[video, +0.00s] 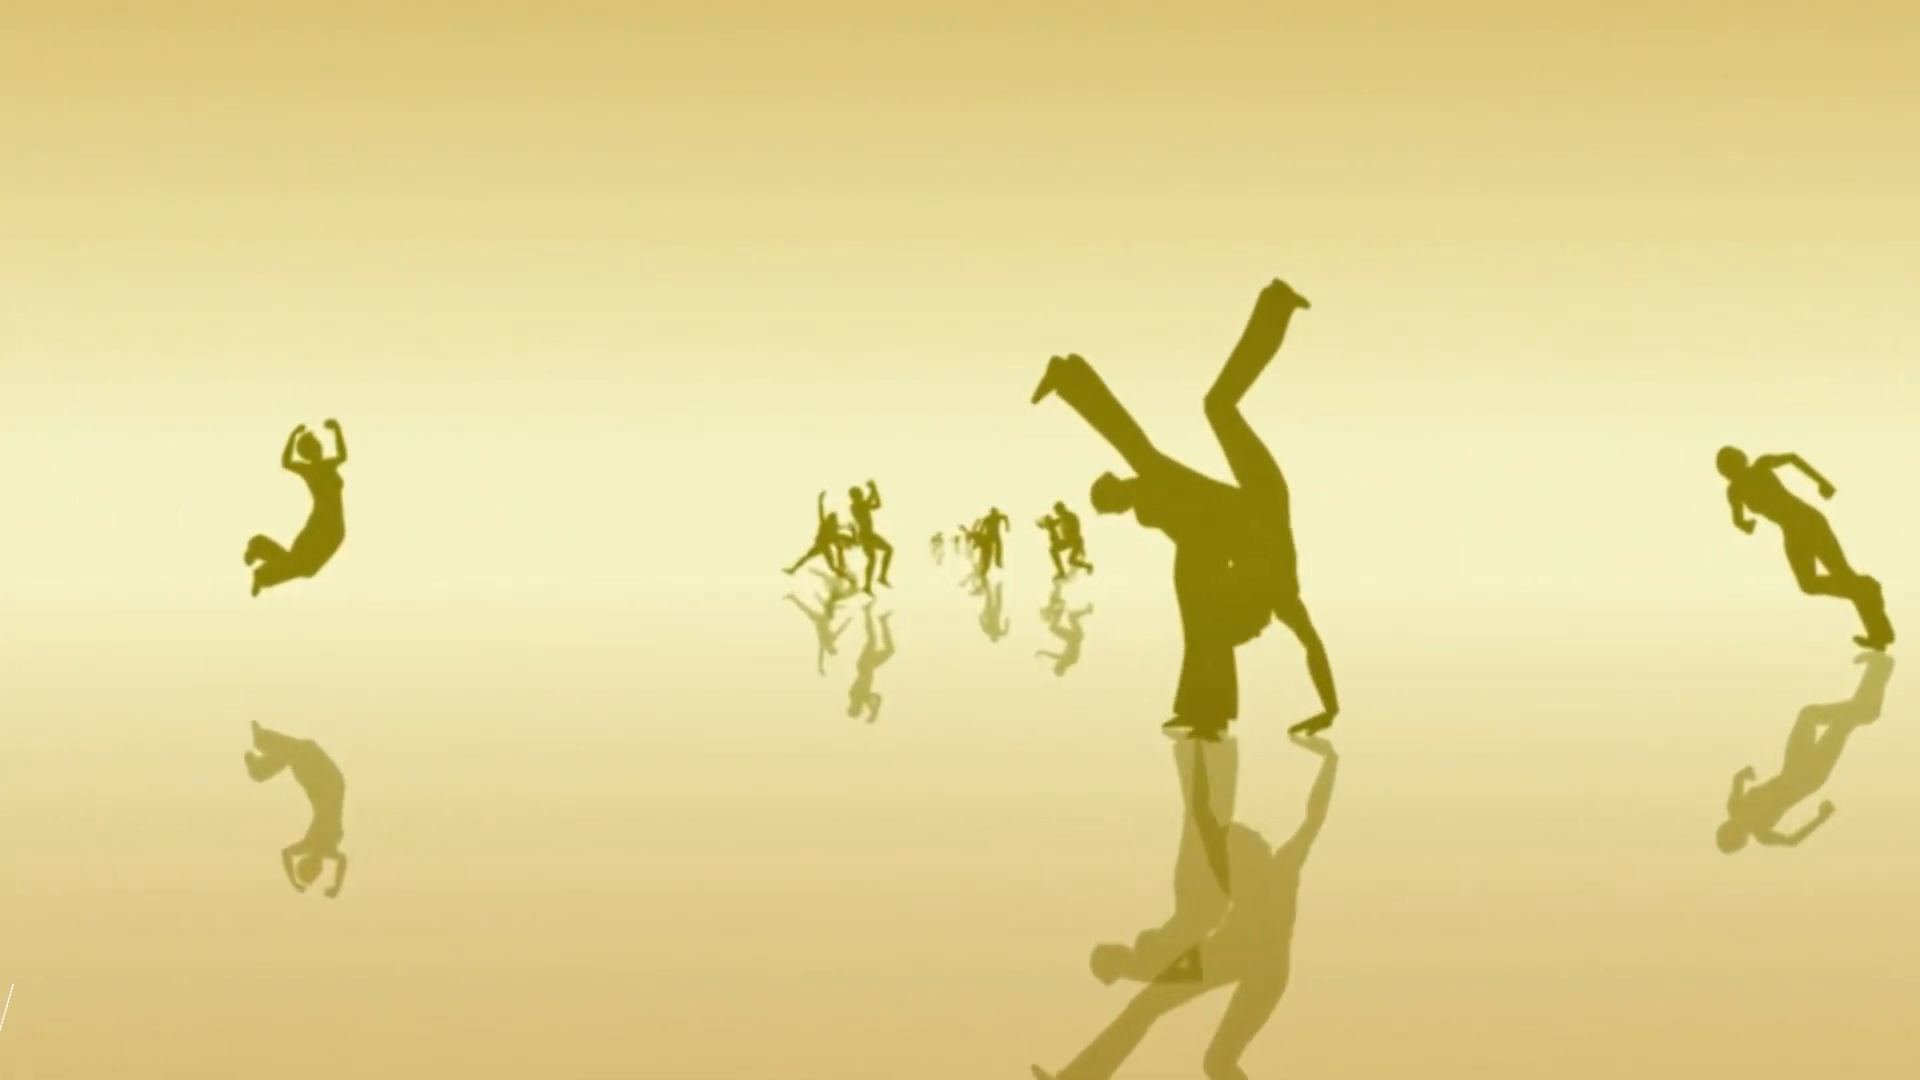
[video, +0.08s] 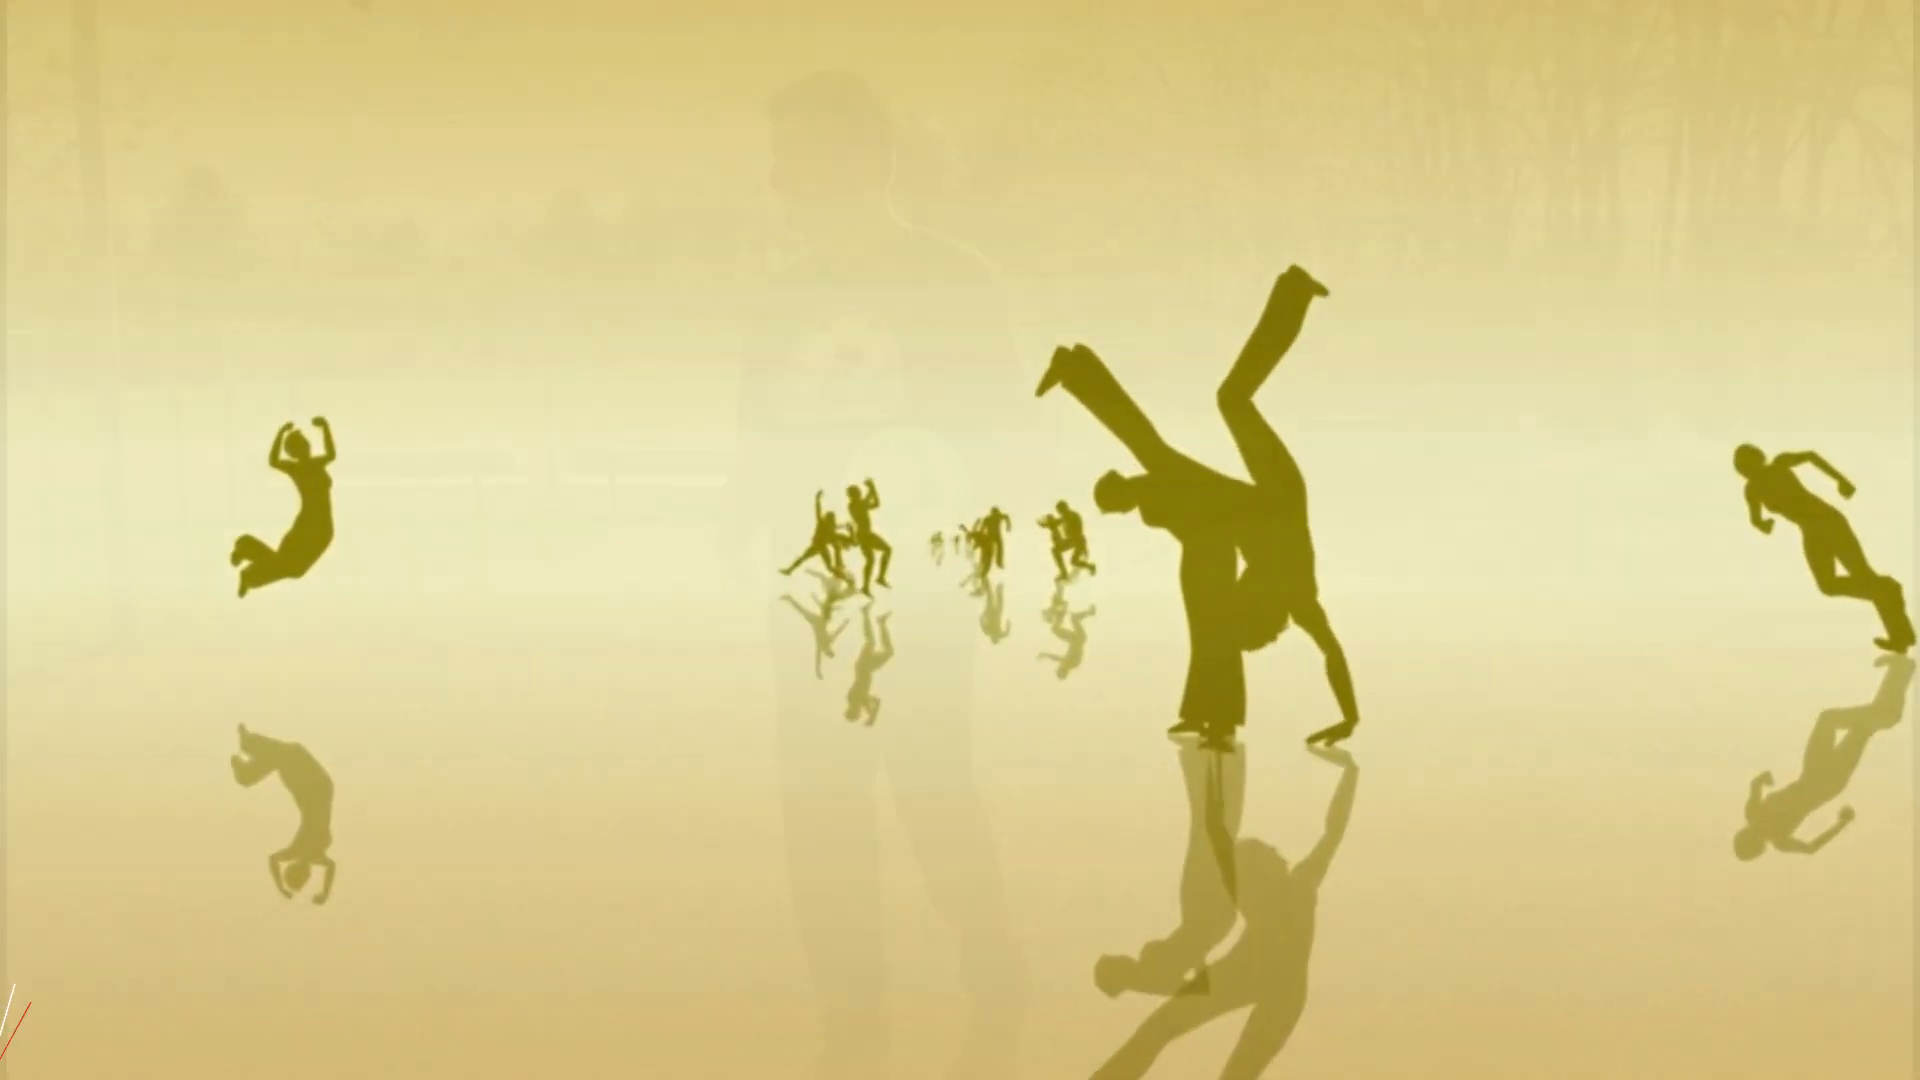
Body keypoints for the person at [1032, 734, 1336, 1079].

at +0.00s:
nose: (1247, 858)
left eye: (1251, 848)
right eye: (1238, 852)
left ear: (1262, 850)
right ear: (1230, 857)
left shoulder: (1285, 867)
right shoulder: (1231, 879)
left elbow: (1314, 815)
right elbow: (1200, 813)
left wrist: (1331, 760)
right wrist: (1198, 750)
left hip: (1267, 964)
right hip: (1224, 954)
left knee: (1220, 1060)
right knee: (1147, 1005)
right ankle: (1077, 1074)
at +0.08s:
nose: (1257, 884)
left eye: (1262, 869)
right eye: (1248, 874)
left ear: (1277, 867)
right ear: (1240, 878)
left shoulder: (1302, 884)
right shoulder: (1247, 901)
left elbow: (1333, 829)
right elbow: (1213, 827)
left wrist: (1351, 769)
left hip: (1285, 983)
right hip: (1242, 972)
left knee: (1244, 1066)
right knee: (1161, 1025)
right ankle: (1110, 1075)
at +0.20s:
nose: (1269, 905)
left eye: (1275, 890)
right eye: (1258, 895)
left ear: (1290, 882)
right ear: (1247, 898)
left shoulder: (1314, 899)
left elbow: (1347, 842)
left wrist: (1366, 778)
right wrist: (1134, 986)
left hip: (1297, 1002)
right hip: (1252, 986)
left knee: (1259, 1073)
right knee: (1168, 1044)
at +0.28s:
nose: (1281, 921)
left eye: (1288, 903)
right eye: (1269, 910)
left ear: (1308, 899)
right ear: (1261, 914)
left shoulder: (1335, 918)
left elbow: (1370, 860)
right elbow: (1240, 849)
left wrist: (1389, 791)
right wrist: (1243, 774)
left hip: (1317, 1025)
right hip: (1270, 1010)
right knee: (1179, 1071)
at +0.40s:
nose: (1285, 938)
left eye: (1294, 920)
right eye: (1275, 929)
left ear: (1318, 911)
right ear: (1270, 932)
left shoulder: (1347, 936)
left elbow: (1386, 874)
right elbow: (1249, 855)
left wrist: (1407, 802)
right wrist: (1251, 773)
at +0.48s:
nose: (1351, 925)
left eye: (1343, 917)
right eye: (1339, 921)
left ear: (1310, 940)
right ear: (1324, 935)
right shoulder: (1370, 964)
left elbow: (1269, 882)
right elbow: (1413, 895)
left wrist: (1269, 800)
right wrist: (1435, 818)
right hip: (1353, 1070)